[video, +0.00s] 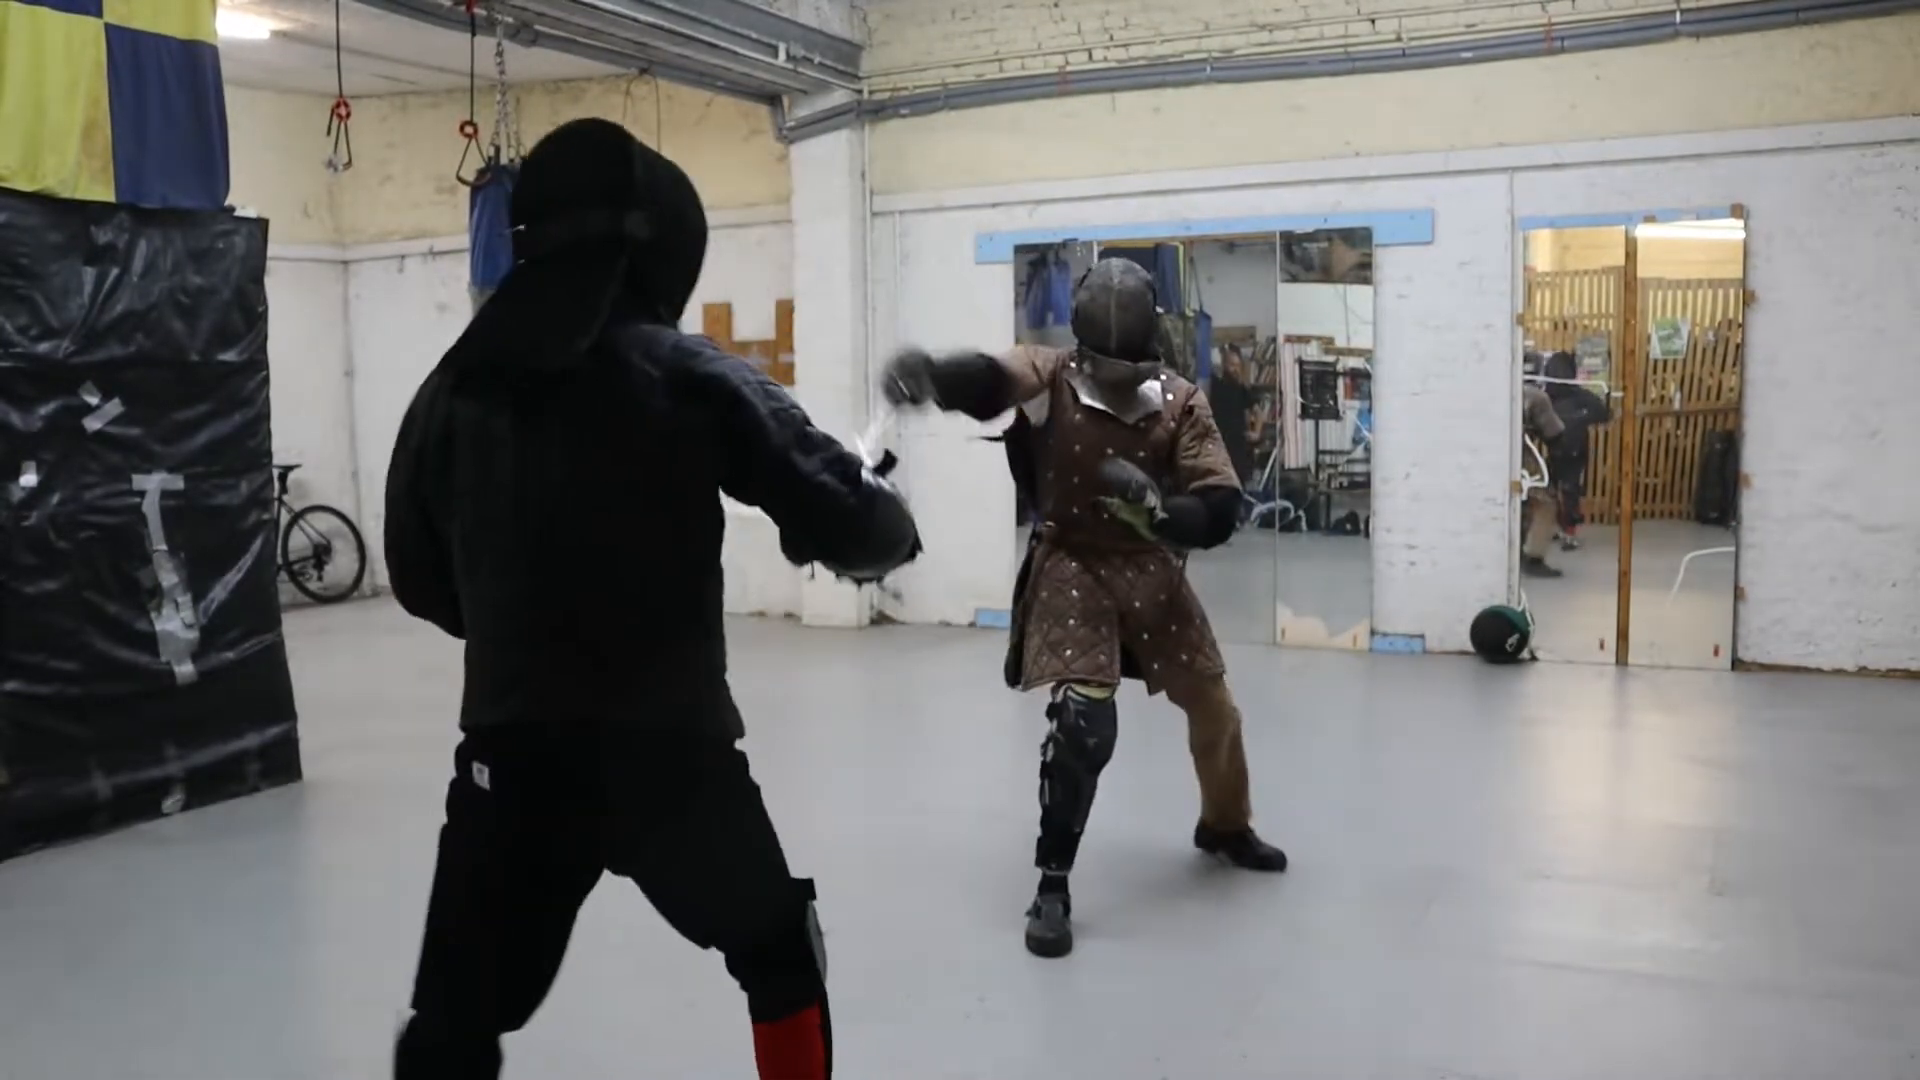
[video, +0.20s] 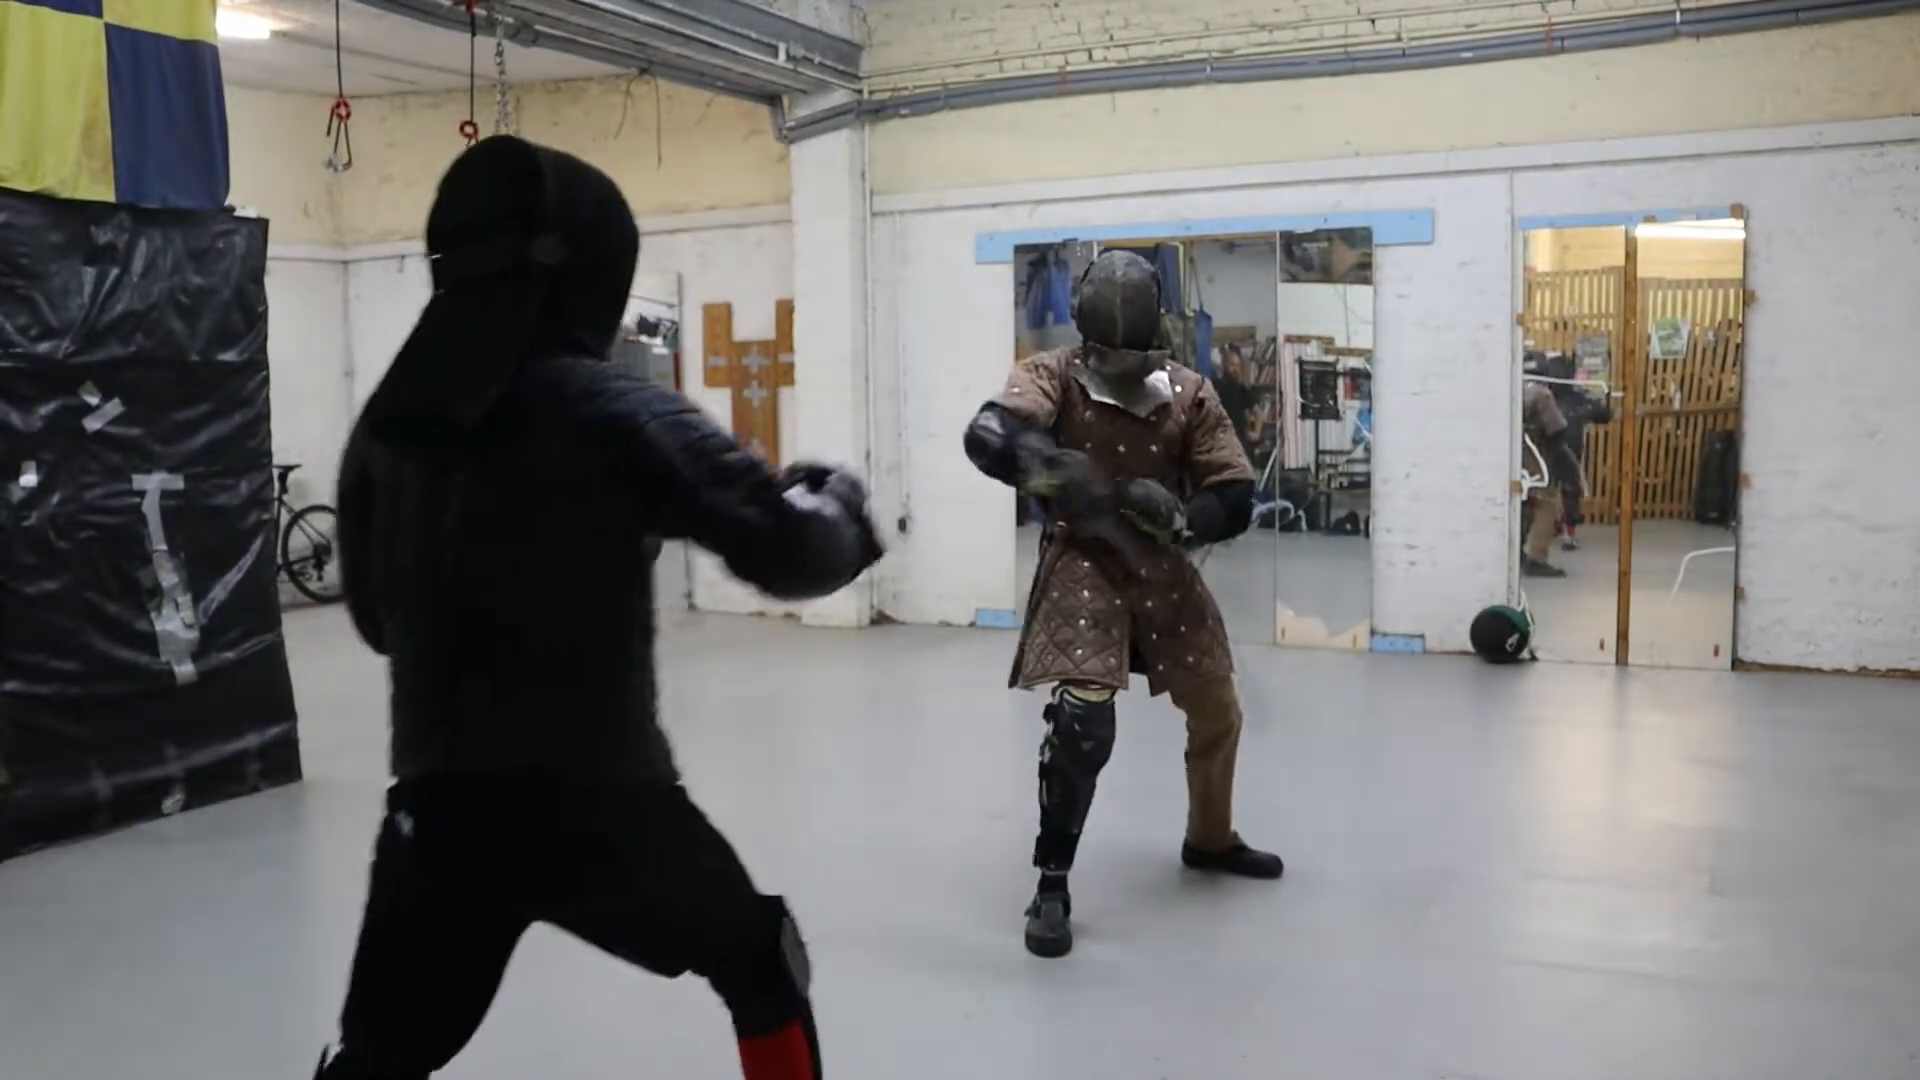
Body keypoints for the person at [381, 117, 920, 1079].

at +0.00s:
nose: (692, 263)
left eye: (684, 237)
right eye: (681, 238)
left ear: (533, 243)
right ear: (656, 246)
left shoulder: (454, 390)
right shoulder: (688, 377)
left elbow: (420, 577)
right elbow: (858, 526)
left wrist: (533, 620)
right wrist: (880, 518)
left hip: (512, 764)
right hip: (672, 761)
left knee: (449, 1026)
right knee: (776, 946)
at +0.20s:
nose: (623, 297)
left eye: (618, 268)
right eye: (613, 269)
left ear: (455, 271)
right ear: (586, 276)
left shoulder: (390, 423)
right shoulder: (612, 412)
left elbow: (378, 617)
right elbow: (796, 552)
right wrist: (834, 497)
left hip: (441, 818)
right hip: (602, 812)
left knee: (372, 1057)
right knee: (759, 959)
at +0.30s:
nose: (583, 288)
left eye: (578, 262)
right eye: (575, 263)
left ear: (416, 263)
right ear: (550, 270)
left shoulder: (341, 415)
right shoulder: (575, 410)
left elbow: (319, 617)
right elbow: (708, 584)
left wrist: (446, 620)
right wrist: (784, 562)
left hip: (396, 813)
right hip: (559, 808)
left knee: (344, 1062)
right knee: (713, 989)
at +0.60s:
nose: (550, 272)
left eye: (545, 246)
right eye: (541, 247)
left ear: (373, 245)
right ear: (505, 252)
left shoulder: (319, 395)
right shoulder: (540, 380)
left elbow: (324, 559)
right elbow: (715, 543)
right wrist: (772, 500)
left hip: (383, 798)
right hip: (543, 790)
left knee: (339, 1058)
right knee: (682, 957)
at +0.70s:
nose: (574, 268)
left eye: (568, 241)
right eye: (564, 243)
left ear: (406, 255)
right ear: (538, 253)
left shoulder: (357, 406)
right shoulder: (576, 381)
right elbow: (783, 460)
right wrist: (856, 401)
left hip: (412, 802)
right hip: (572, 795)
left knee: (359, 1056)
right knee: (698, 959)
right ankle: (756, 1073)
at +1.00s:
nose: (694, 264)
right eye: (684, 244)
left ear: (550, 258)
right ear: (666, 256)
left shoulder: (471, 402)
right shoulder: (710, 390)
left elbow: (435, 580)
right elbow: (873, 511)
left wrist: (540, 602)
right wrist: (938, 466)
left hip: (535, 755)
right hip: (683, 748)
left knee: (485, 995)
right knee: (771, 921)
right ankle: (794, 1071)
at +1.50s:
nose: (764, 264)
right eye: (758, 246)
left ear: (633, 254)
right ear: (752, 259)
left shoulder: (568, 378)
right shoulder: (792, 392)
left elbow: (412, 496)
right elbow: (890, 563)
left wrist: (542, 501)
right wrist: (940, 545)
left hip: (622, 738)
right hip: (758, 738)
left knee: (554, 988)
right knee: (792, 914)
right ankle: (796, 1072)